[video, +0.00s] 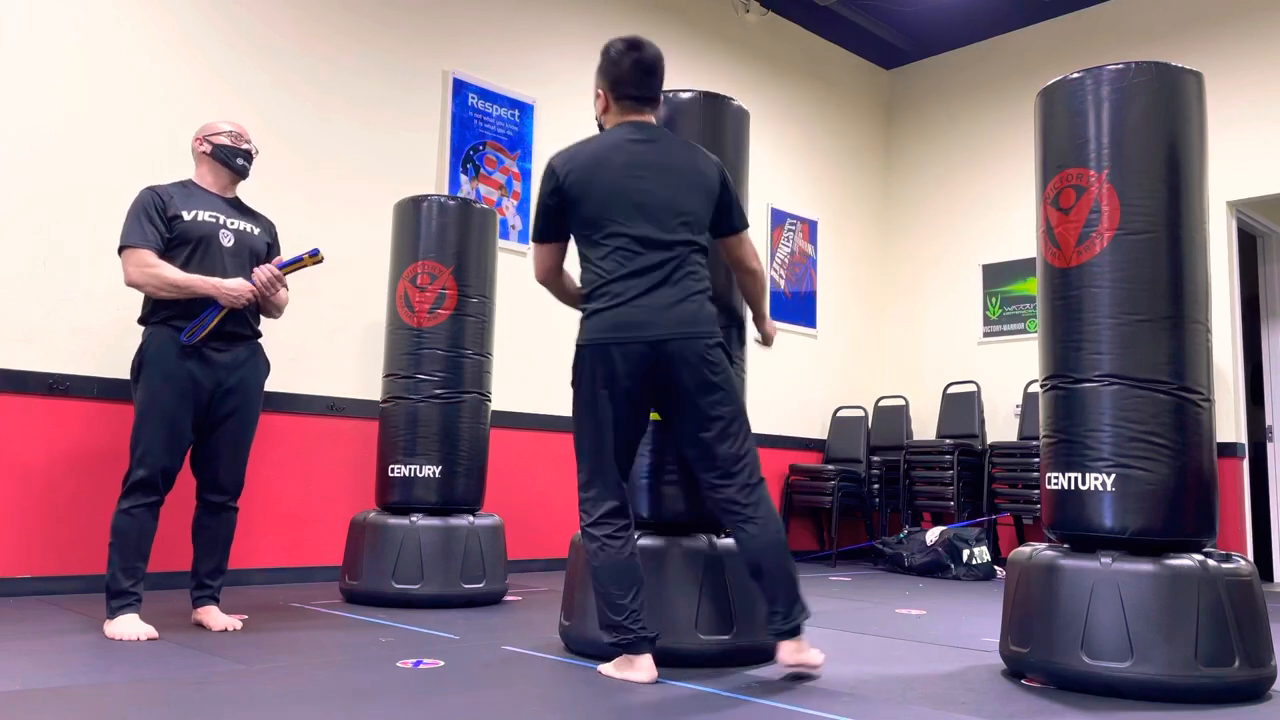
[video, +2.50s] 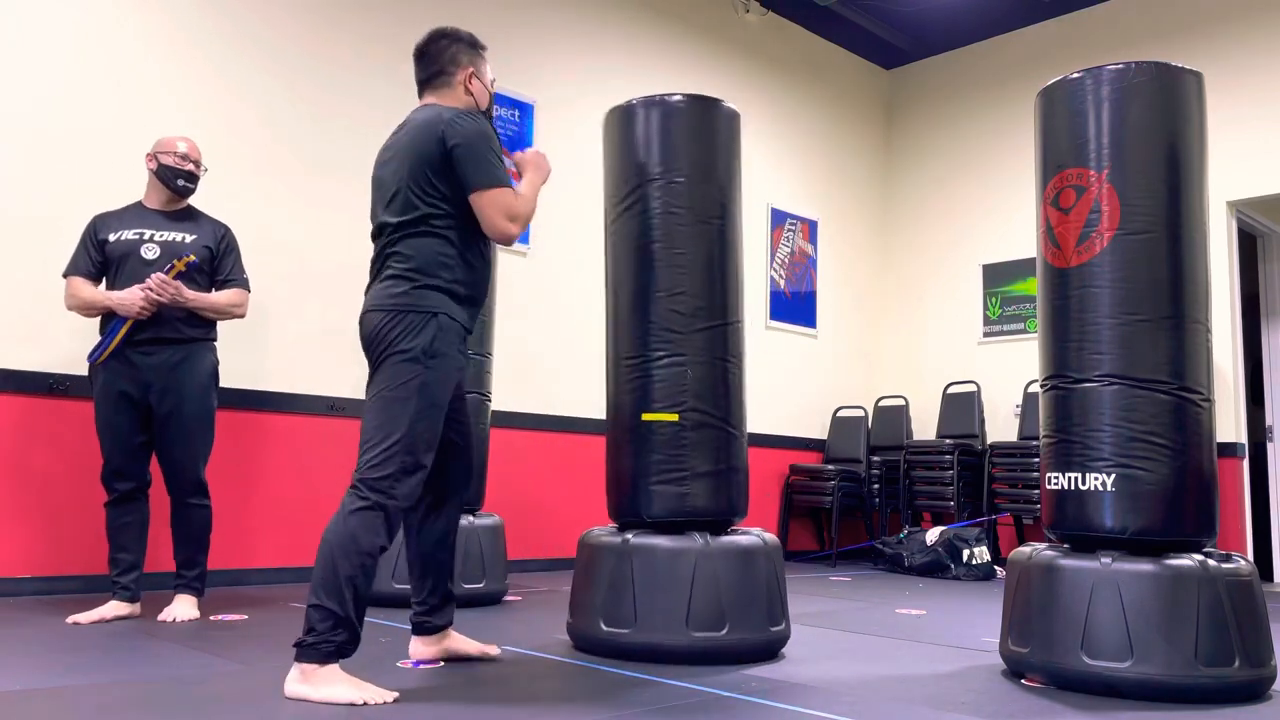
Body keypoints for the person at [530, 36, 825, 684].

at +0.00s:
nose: (594, 102)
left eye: (595, 94)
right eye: (599, 93)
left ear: (602, 96)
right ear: (659, 96)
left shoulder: (570, 165)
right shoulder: (702, 164)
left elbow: (547, 271)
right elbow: (746, 263)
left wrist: (587, 300)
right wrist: (762, 316)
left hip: (609, 342)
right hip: (695, 339)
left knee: (605, 502)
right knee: (739, 485)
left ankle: (635, 654)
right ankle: (792, 636)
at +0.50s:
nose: (596, 64)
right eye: (596, 54)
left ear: (523, 63)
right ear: (589, 54)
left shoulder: (479, 131)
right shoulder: (610, 117)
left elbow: (451, 237)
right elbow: (652, 231)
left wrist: (425, 330)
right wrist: (657, 326)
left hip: (496, 318)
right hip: (572, 310)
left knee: (533, 471)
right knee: (567, 487)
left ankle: (525, 626)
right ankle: (538, 678)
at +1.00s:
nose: (475, 51)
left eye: (471, 38)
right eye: (471, 38)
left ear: (404, 44)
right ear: (451, 38)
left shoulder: (381, 107)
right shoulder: (449, 96)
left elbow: (421, 204)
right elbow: (482, 206)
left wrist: (490, 185)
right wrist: (511, 167)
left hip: (363, 302)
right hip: (415, 304)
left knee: (352, 479)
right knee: (448, 477)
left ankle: (321, 654)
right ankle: (406, 667)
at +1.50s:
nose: (453, 36)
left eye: (450, 25)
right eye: (448, 24)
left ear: (396, 29)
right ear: (426, 26)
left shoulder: (377, 88)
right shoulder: (398, 84)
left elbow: (402, 198)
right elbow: (433, 196)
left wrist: (462, 183)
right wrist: (471, 154)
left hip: (391, 308)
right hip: (371, 304)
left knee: (400, 473)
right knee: (335, 482)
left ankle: (374, 642)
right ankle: (280, 674)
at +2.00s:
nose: (508, 108)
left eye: (507, 100)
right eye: (505, 98)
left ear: (450, 95)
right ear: (487, 95)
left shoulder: (445, 151)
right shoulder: (455, 130)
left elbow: (493, 251)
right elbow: (490, 185)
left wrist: (567, 230)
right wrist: (535, 152)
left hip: (414, 321)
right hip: (443, 319)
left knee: (441, 474)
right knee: (467, 470)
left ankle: (429, 629)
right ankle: (347, 620)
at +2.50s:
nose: (490, 90)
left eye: (488, 80)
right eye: (487, 78)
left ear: (426, 81)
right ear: (469, 77)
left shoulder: (401, 138)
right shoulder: (461, 125)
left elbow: (452, 222)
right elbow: (506, 224)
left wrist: (502, 178)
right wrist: (532, 180)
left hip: (396, 311)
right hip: (427, 316)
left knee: (445, 477)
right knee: (383, 488)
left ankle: (433, 632)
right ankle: (316, 662)